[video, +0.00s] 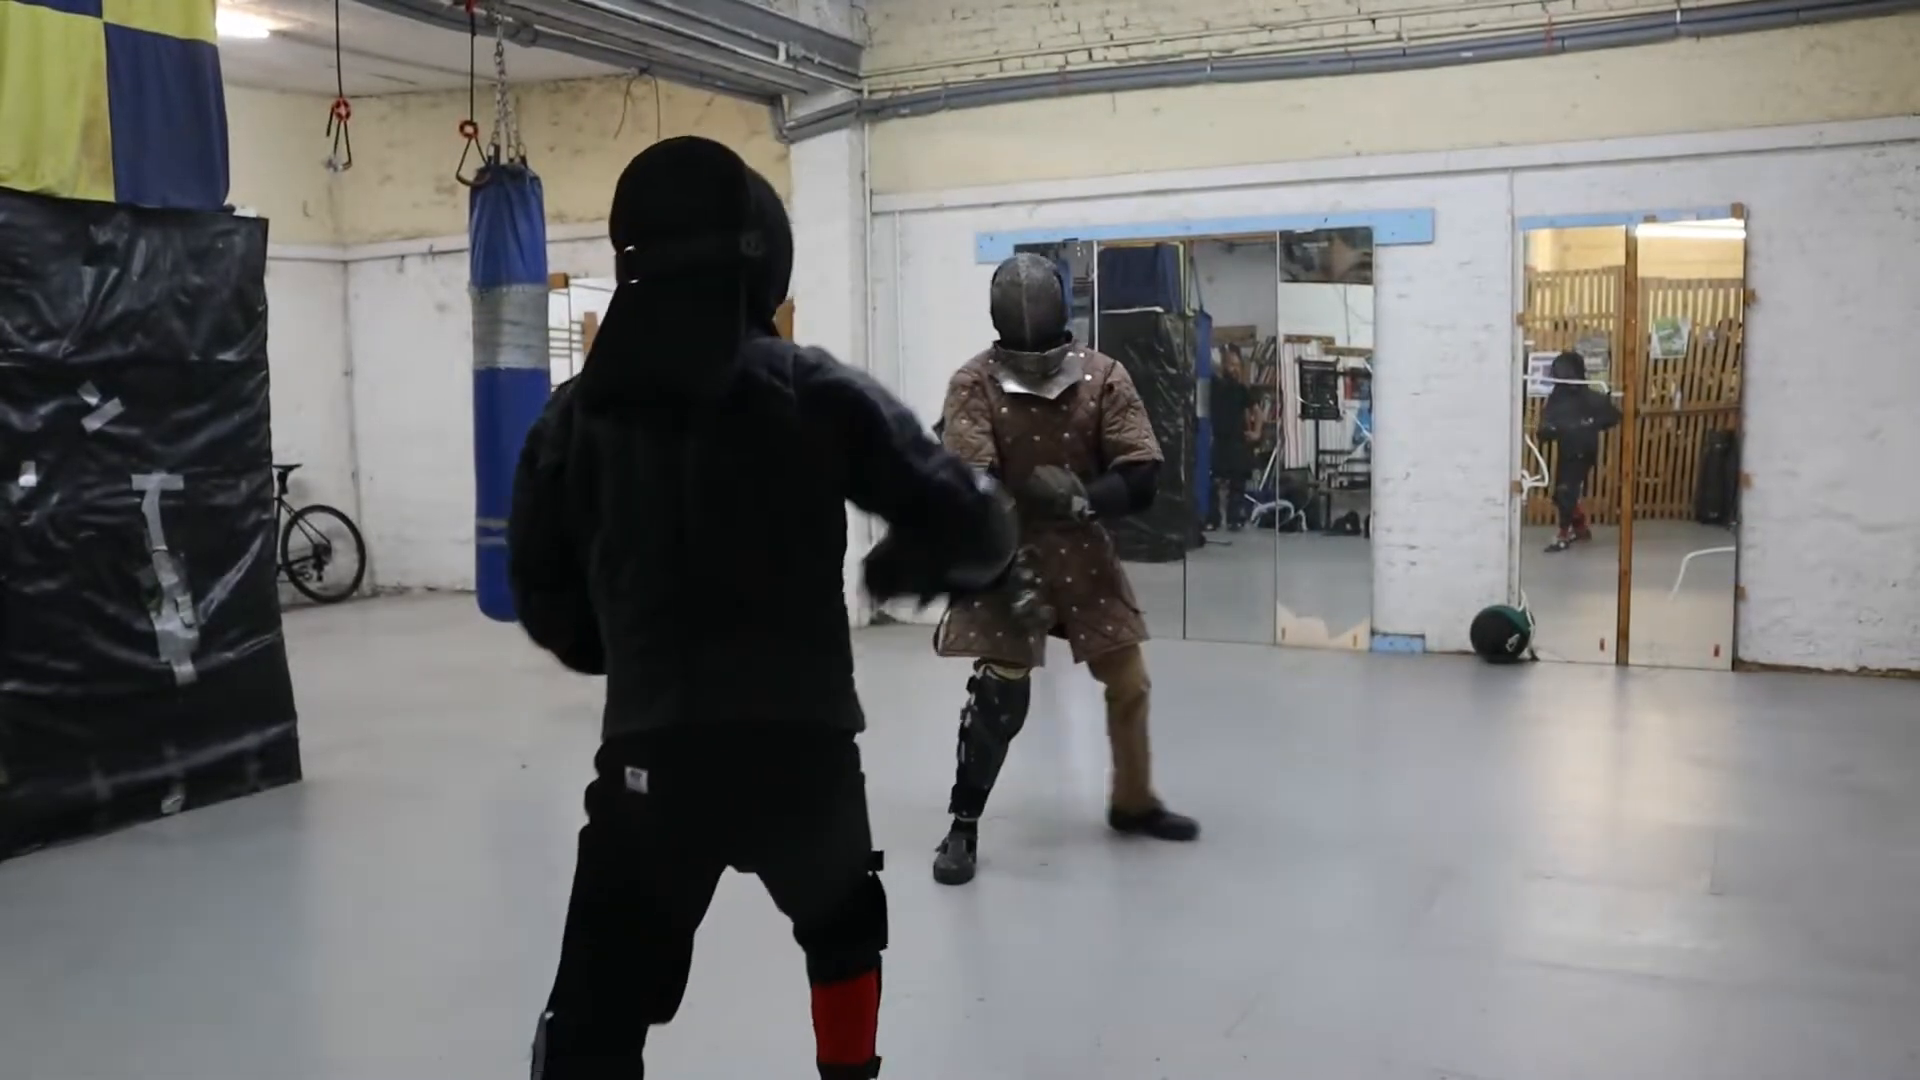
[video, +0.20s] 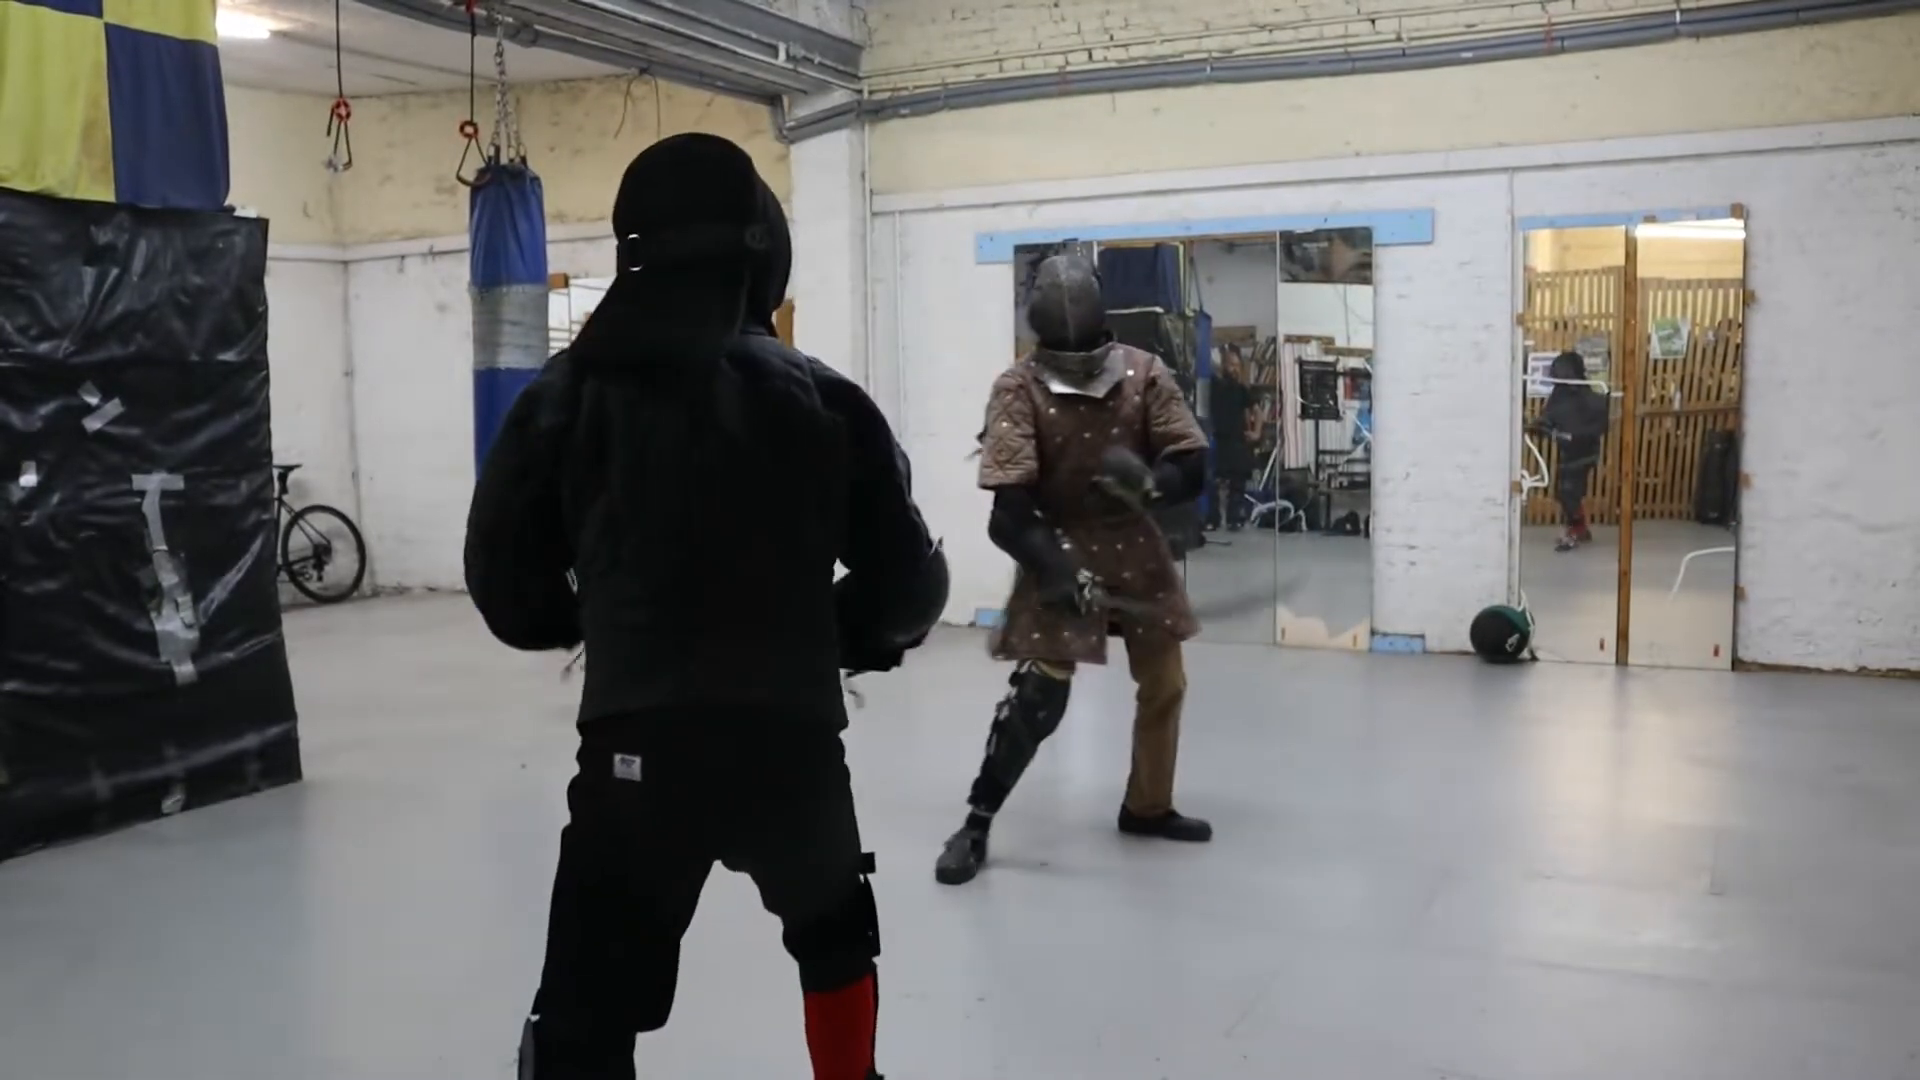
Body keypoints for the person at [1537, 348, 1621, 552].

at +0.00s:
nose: (1558, 378)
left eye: (1562, 373)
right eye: (1557, 374)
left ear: (1575, 374)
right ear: (1556, 376)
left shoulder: (1590, 397)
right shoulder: (1556, 398)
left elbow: (1613, 416)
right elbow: (1545, 426)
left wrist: (1593, 422)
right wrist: (1547, 430)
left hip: (1584, 449)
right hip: (1565, 449)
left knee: (1566, 493)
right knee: (1562, 493)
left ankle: (1563, 534)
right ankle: (1579, 527)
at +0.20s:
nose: (1558, 380)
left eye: (1562, 375)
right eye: (1557, 376)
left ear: (1573, 374)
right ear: (1556, 376)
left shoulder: (1591, 398)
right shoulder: (1558, 395)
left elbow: (1599, 426)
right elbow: (1549, 417)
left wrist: (1576, 433)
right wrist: (1541, 425)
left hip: (1585, 449)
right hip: (1566, 447)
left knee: (1571, 490)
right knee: (1565, 489)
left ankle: (1574, 531)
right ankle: (1579, 528)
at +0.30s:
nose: (1555, 377)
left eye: (1558, 372)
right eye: (1556, 372)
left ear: (1566, 373)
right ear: (1579, 371)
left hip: (1577, 446)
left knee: (1569, 489)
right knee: (1569, 489)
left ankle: (1578, 532)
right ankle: (1579, 530)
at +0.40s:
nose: (1556, 376)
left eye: (1560, 372)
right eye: (1557, 372)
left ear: (1564, 373)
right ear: (1581, 371)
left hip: (1574, 445)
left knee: (1568, 491)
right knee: (1569, 491)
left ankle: (1578, 532)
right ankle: (1578, 530)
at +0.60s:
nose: (1556, 374)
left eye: (1561, 370)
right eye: (1556, 369)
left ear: (1572, 371)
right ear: (1555, 371)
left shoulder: (1590, 397)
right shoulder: (1554, 394)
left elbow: (1598, 423)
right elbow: (1546, 419)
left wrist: (1576, 436)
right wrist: (1557, 432)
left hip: (1583, 446)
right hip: (1565, 445)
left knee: (1570, 489)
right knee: (1557, 488)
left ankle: (1576, 532)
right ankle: (1568, 529)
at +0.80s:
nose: (1551, 383)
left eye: (1556, 378)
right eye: (1550, 378)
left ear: (1567, 378)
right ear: (1550, 379)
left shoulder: (1581, 399)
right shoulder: (1549, 401)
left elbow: (1603, 419)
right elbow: (1539, 425)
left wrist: (1581, 427)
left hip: (1578, 453)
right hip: (1559, 453)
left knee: (1567, 492)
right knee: (1552, 493)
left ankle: (1574, 534)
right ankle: (1566, 529)